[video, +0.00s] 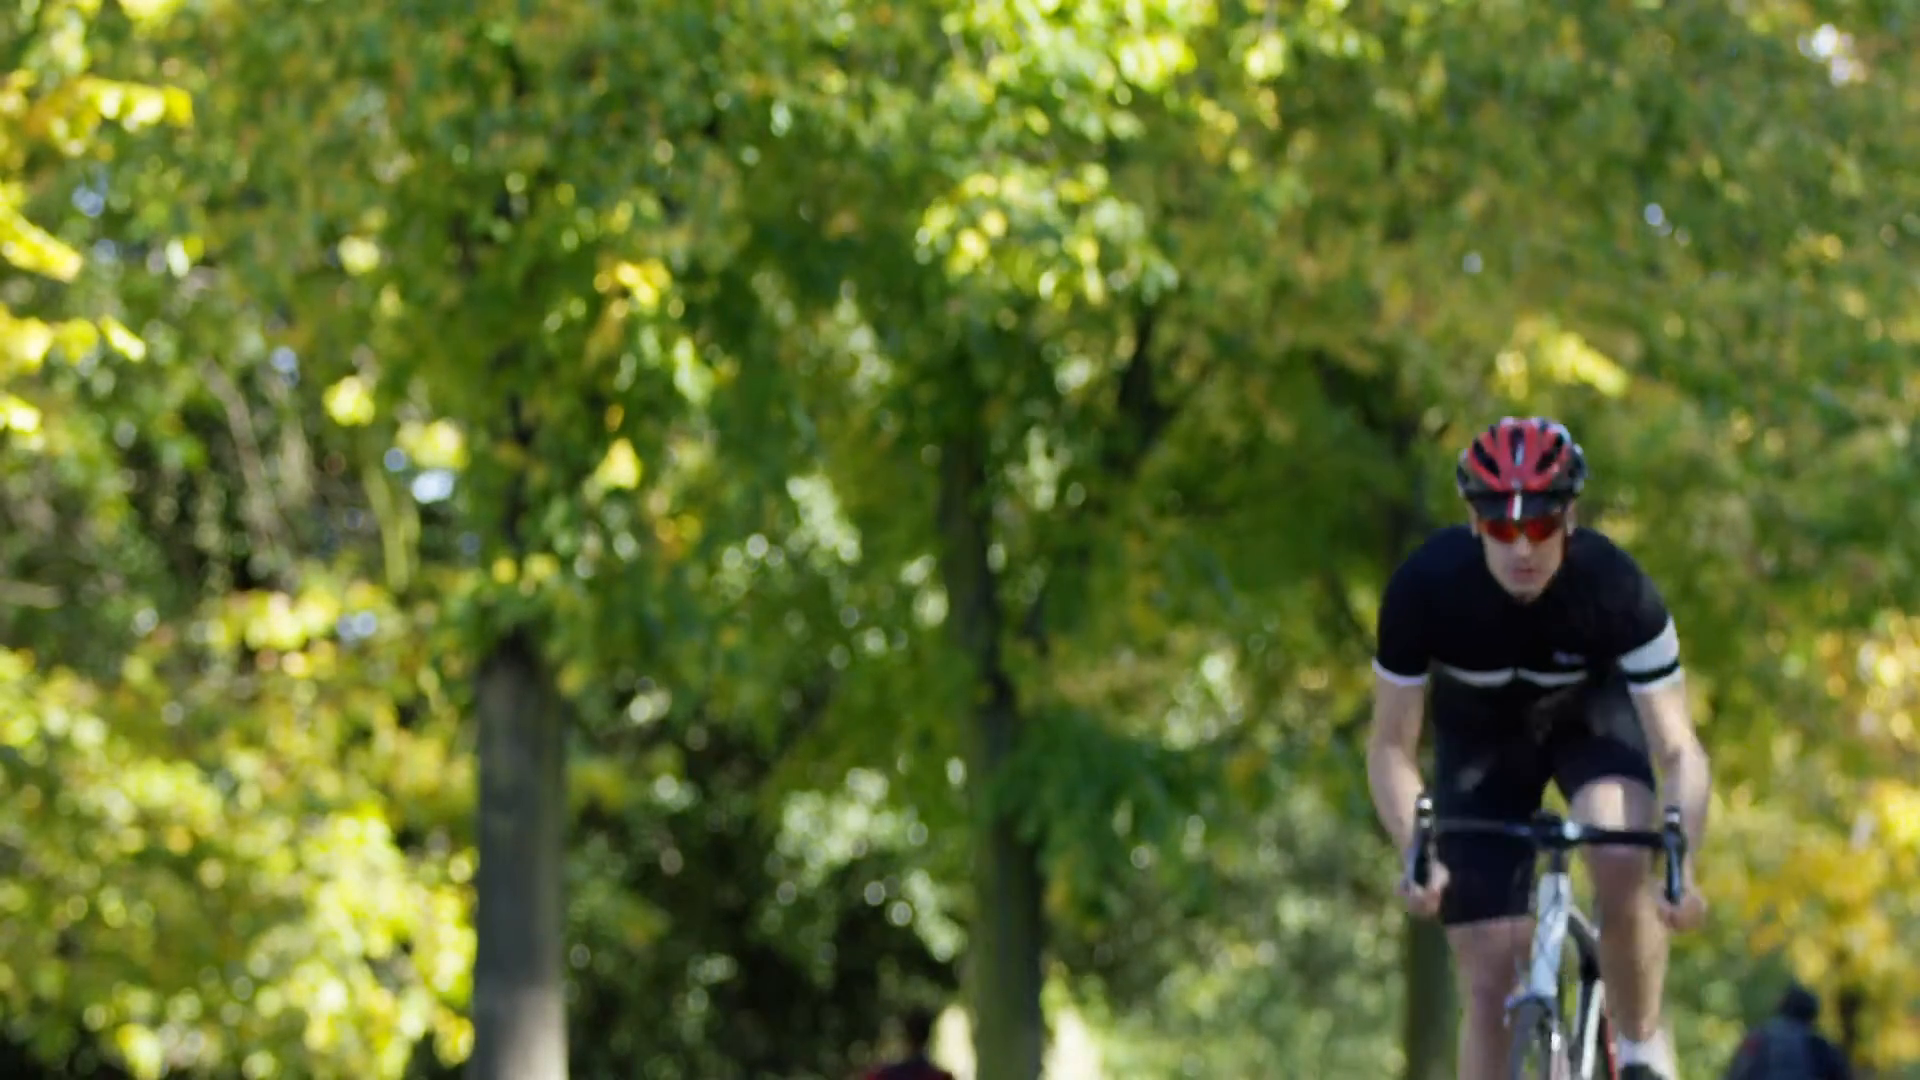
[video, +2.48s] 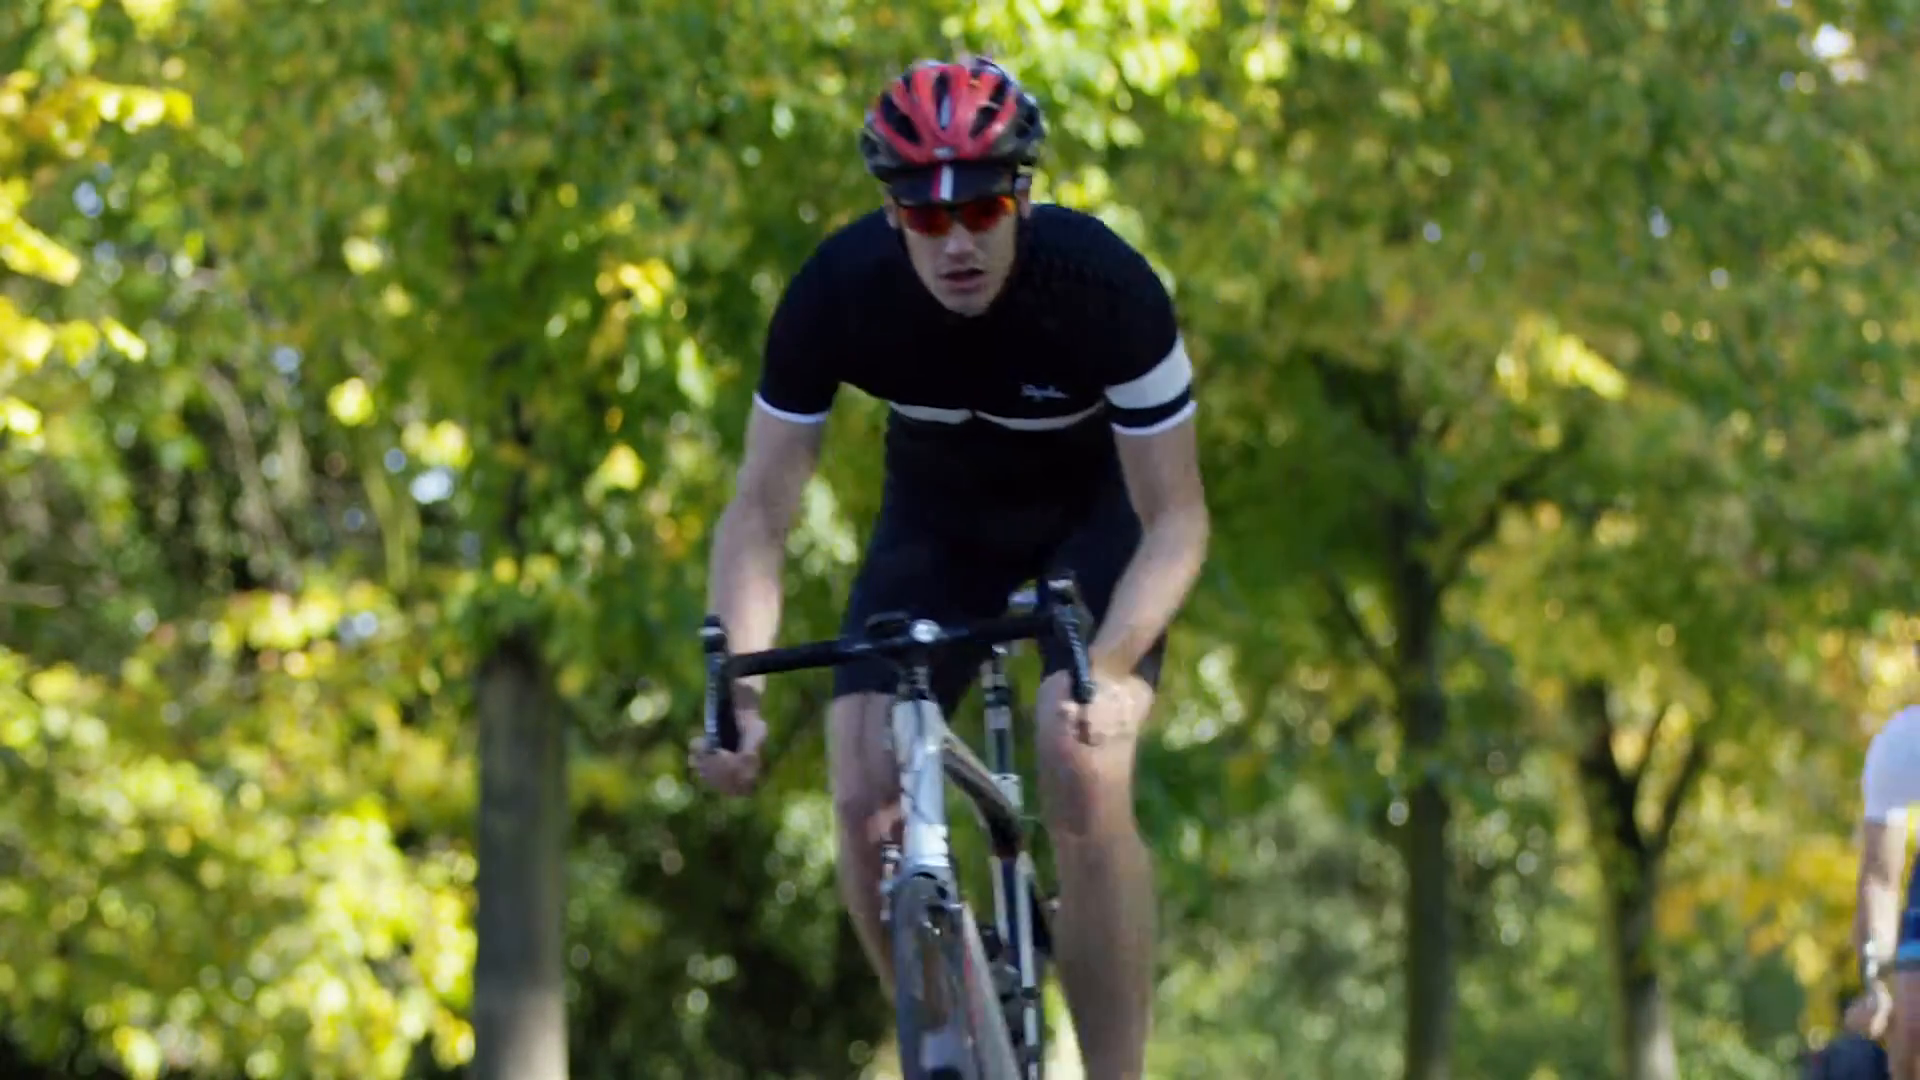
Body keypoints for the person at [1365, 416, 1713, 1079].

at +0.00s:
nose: (1522, 550)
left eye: (1540, 530)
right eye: (1502, 531)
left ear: (1569, 518)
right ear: (1474, 522)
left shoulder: (1613, 585)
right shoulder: (1425, 587)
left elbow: (1679, 749)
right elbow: (1392, 744)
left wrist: (1680, 864)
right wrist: (1416, 847)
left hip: (1590, 716)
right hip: (1477, 730)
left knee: (1622, 854)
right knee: (1490, 975)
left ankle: (1638, 1051)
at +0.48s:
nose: (1443, 508)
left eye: (1462, 485)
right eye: (1420, 489)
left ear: (1493, 470)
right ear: (1393, 480)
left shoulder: (1553, 543)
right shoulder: (1350, 540)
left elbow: (1596, 720)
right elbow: (1291, 707)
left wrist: (1559, 817)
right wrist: (1277, 828)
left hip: (1527, 711)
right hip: (1403, 707)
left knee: (1518, 902)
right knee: (1350, 914)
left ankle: (1523, 1068)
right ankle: (1378, 1071)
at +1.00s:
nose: (1311, 463)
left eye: (1330, 437)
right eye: (1287, 444)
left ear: (1370, 420)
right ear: (1263, 438)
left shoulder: (1446, 488)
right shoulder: (1230, 509)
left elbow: (1536, 662)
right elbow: (1200, 689)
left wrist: (1519, 791)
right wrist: (1211, 812)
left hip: (1447, 655)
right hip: (1315, 654)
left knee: (1468, 939)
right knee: (1276, 802)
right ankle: (1308, 1032)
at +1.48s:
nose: (1211, 398)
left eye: (1233, 371)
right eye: (1188, 375)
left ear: (1276, 356)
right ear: (1159, 369)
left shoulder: (1347, 436)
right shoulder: (1112, 467)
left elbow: (1464, 609)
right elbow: (1120, 651)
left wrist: (1495, 752)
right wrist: (1176, 766)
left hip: (1366, 613)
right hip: (1220, 634)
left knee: (1441, 856)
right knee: (1250, 862)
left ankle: (1472, 1068)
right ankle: (1274, 1074)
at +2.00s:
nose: (1123, 327)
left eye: (1145, 299)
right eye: (1097, 302)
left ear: (1183, 288)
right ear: (1061, 295)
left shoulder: (1246, 372)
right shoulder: (997, 378)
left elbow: (1341, 580)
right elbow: (955, 583)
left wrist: (1337, 724)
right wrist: (988, 720)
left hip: (1234, 559)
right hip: (1086, 582)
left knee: (1275, 721)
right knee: (1115, 884)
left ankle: (1317, 986)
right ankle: (1140, 1069)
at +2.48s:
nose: (958, 243)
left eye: (982, 210)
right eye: (927, 216)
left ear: (1024, 196)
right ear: (892, 208)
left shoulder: (1106, 286)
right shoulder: (836, 292)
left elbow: (1175, 513)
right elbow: (760, 510)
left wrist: (1114, 661)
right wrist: (738, 689)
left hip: (1097, 513)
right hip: (934, 514)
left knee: (1081, 768)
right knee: (868, 809)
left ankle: (1114, 1069)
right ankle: (966, 1063)